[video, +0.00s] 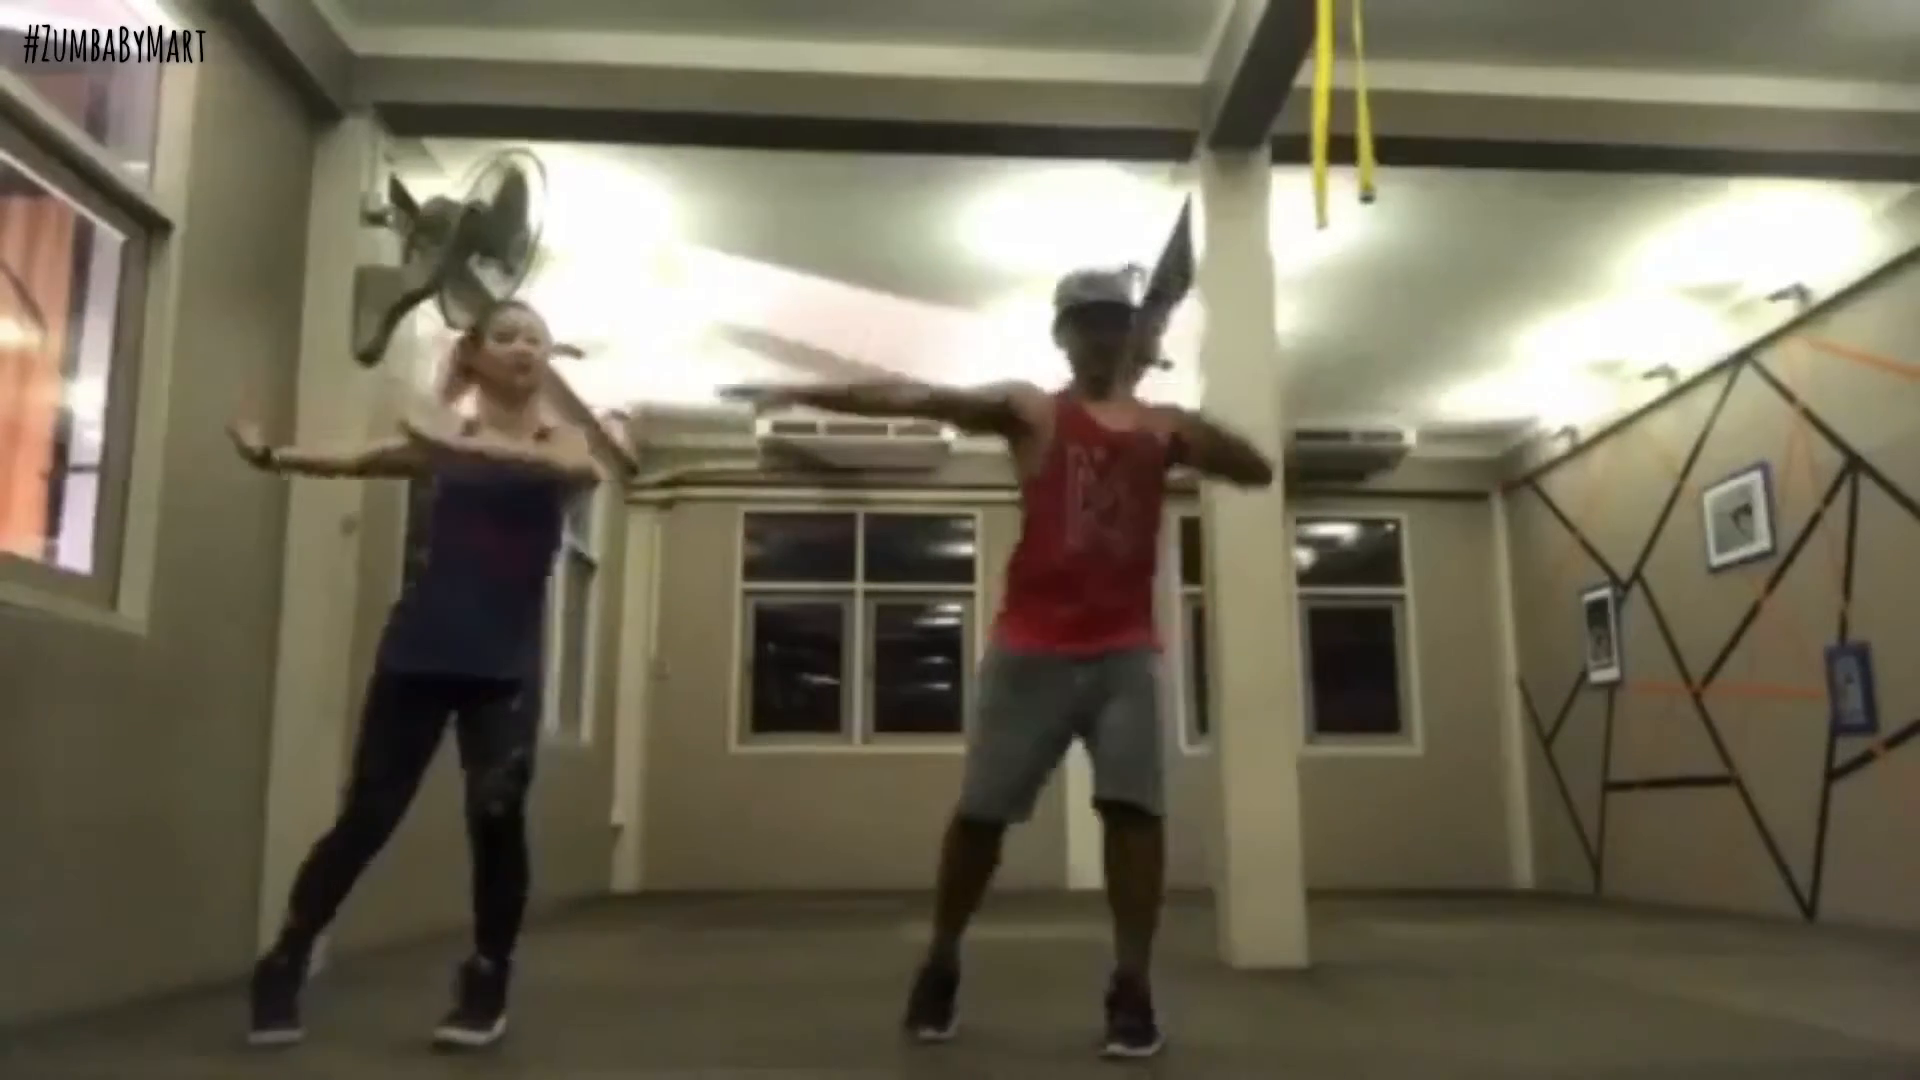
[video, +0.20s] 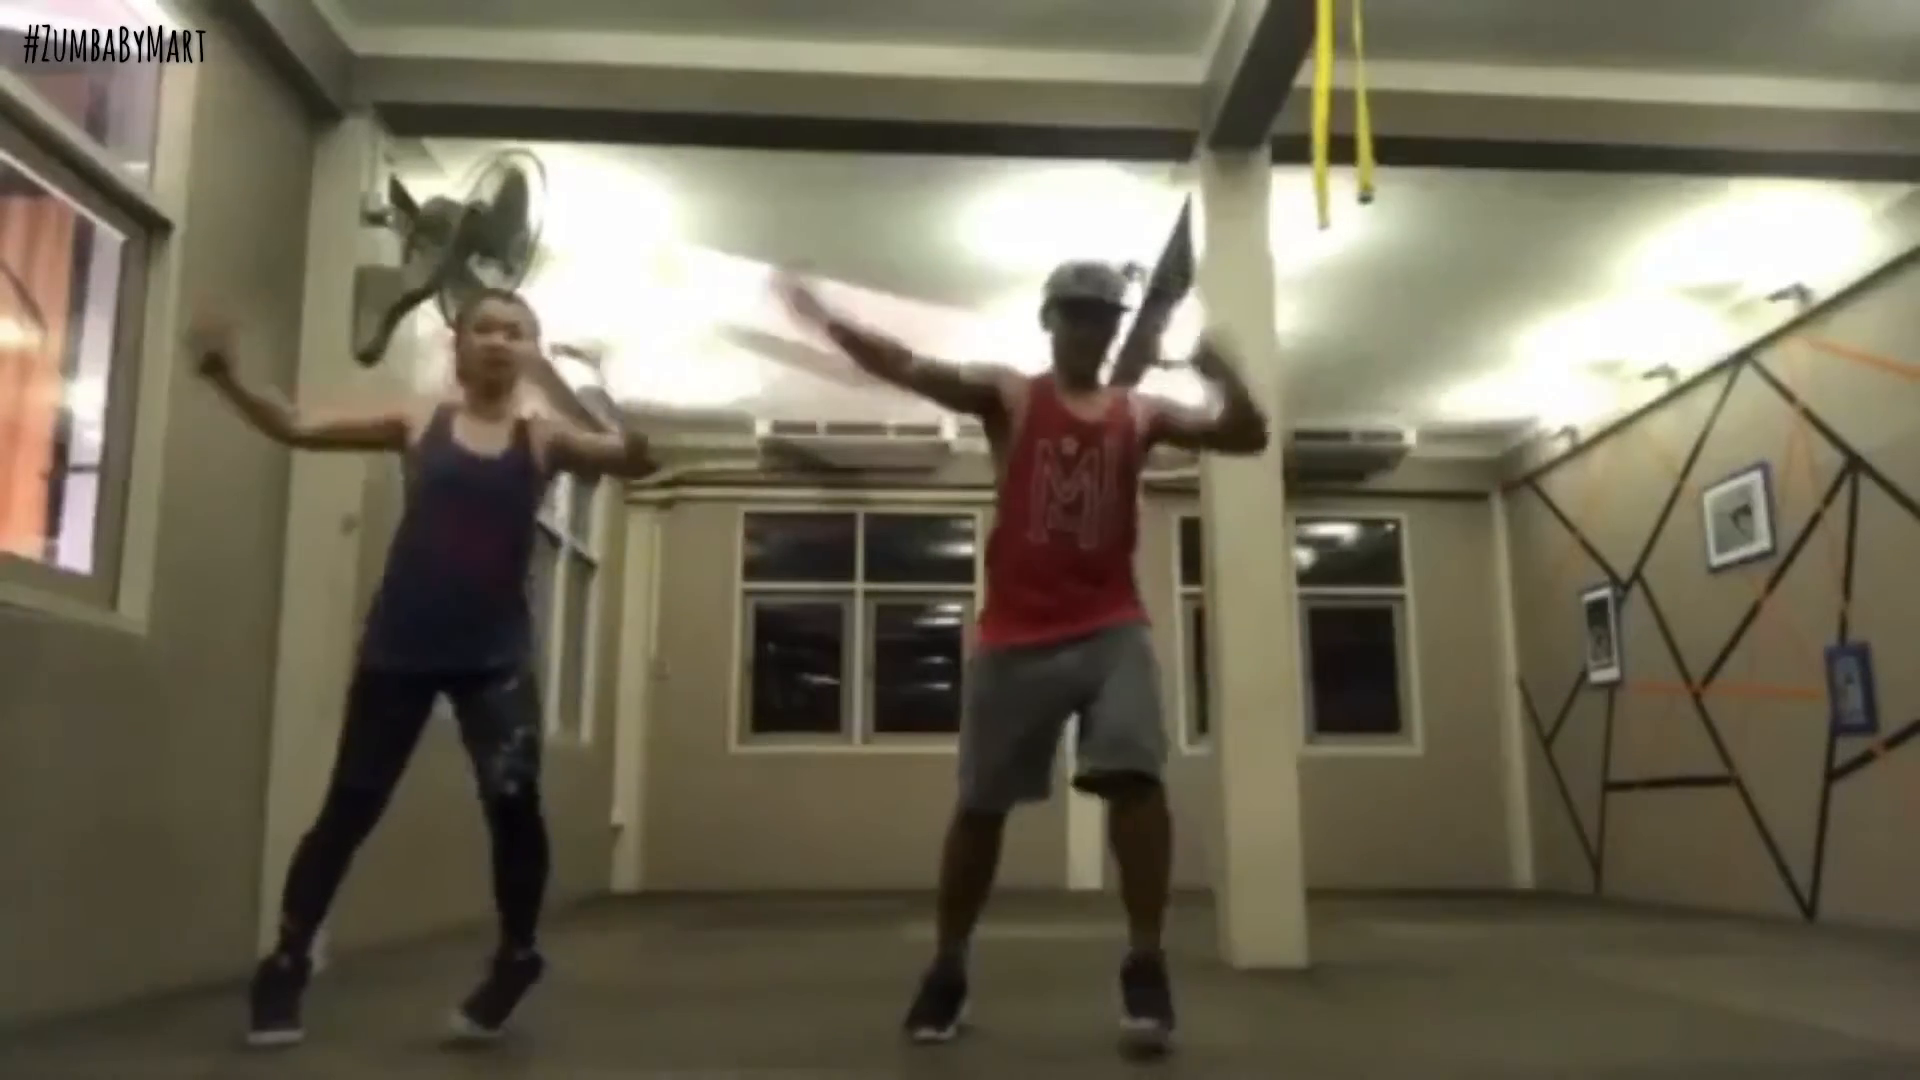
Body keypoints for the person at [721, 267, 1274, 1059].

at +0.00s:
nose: (1103, 343)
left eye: (1117, 328)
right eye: (1090, 327)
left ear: (1142, 339)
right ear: (1065, 336)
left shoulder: (1162, 430)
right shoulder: (1029, 410)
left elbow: (1255, 470)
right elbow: (911, 398)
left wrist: (1188, 432)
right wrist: (798, 394)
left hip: (1124, 651)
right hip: (1030, 650)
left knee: (1134, 814)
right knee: (982, 814)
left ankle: (1132, 987)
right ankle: (941, 966)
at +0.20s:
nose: (1088, 332)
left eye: (1102, 318)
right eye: (1074, 316)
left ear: (1118, 327)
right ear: (1049, 321)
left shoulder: (1139, 413)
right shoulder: (1009, 396)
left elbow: (1247, 435)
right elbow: (905, 368)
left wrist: (1220, 370)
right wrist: (826, 320)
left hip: (1109, 629)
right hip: (1013, 633)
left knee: (1136, 781)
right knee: (981, 806)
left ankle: (1146, 966)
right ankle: (947, 970)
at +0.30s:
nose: (1096, 321)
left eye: (1110, 308)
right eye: (1084, 305)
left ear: (1127, 318)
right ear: (1057, 311)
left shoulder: (1146, 402)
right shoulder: (1013, 386)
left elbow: (1255, 416)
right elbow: (910, 365)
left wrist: (1313, 365)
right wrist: (896, 294)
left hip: (1121, 619)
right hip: (1027, 626)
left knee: (1154, 771)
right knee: (991, 799)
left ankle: (1188, 937)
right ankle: (948, 967)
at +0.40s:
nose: (1109, 338)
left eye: (1127, 324)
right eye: (1097, 322)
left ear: (1150, 334)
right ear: (1073, 327)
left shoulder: (1165, 409)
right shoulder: (1028, 394)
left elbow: (1277, 427)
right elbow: (918, 389)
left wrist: (1380, 400)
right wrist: (944, 314)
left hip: (1146, 633)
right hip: (1051, 637)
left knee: (1193, 794)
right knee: (1010, 807)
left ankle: (1242, 936)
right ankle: (950, 968)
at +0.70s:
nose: (1151, 298)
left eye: (1166, 285)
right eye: (1143, 283)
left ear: (1191, 300)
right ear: (1122, 297)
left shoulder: (1225, 377)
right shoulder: (1095, 384)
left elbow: (1339, 352)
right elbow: (999, 333)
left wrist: (1436, 314)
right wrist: (982, 241)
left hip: (1219, 624)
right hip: (1128, 627)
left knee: (1252, 798)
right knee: (1100, 796)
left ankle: (1271, 966)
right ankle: (1063, 965)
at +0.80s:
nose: (1176, 301)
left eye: (1188, 290)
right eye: (1162, 286)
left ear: (1200, 303)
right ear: (1129, 300)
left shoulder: (1224, 372)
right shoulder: (1112, 381)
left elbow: (1327, 323)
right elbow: (1088, 366)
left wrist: (1412, 249)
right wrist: (1076, 305)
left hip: (1222, 612)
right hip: (1137, 616)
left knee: (1252, 781)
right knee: (1141, 785)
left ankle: (1265, 956)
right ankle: (1135, 959)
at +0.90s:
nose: (1172, 330)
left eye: (1185, 317)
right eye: (1160, 314)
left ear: (1202, 330)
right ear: (1136, 323)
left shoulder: (1226, 413)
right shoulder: (1117, 415)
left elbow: (1284, 389)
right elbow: (1100, 446)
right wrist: (1133, 355)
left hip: (1229, 626)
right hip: (1150, 629)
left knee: (1252, 803)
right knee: (1172, 800)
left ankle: (1255, 966)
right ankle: (1166, 973)